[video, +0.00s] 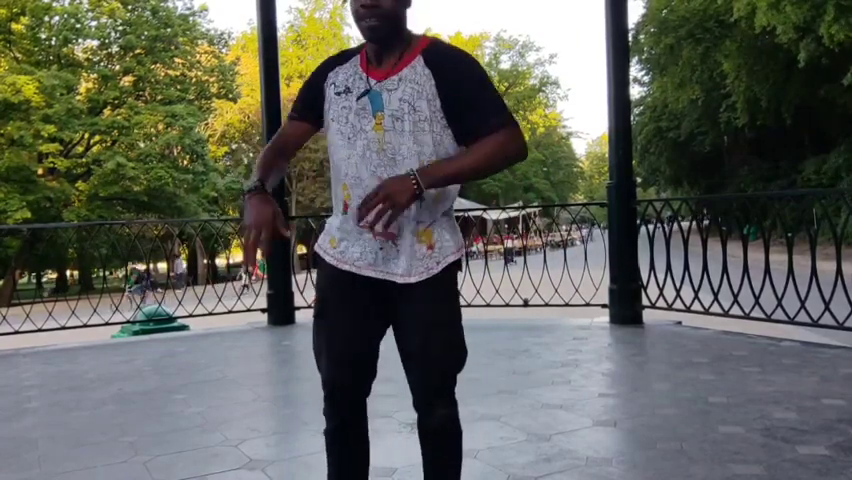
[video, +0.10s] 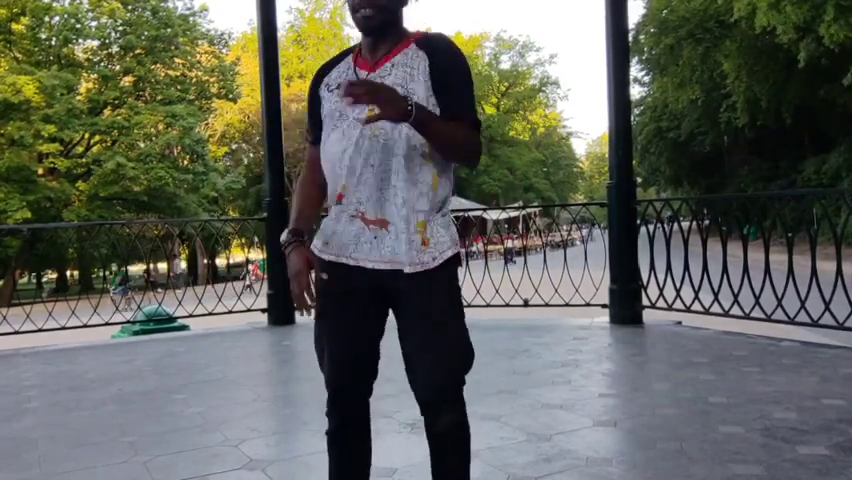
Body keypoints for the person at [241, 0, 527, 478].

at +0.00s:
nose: (368, 2)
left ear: (406, 2)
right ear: (350, 7)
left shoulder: (447, 64)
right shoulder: (332, 74)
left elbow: (509, 142)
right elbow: (284, 143)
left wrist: (419, 180)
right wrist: (258, 189)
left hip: (426, 268)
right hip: (347, 267)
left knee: (436, 406)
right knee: (341, 403)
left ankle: (443, 476)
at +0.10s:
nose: (365, 2)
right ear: (347, 7)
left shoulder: (438, 55)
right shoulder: (328, 76)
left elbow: (469, 149)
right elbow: (316, 165)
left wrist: (407, 110)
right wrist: (295, 238)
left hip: (425, 261)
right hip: (345, 262)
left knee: (442, 405)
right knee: (344, 405)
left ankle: (453, 479)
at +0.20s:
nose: (364, 0)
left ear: (399, 0)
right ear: (346, 5)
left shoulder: (432, 49)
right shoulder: (325, 72)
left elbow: (474, 138)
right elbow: (312, 164)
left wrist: (413, 91)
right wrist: (299, 251)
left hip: (420, 258)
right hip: (340, 260)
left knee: (455, 400)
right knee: (344, 403)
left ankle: (475, 474)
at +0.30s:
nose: (362, 1)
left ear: (394, 0)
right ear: (344, 4)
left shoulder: (431, 50)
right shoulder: (320, 68)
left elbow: (496, 124)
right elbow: (302, 157)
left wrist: (429, 108)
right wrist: (282, 230)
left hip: (415, 259)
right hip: (331, 259)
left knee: (443, 387)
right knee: (308, 388)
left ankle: (475, 475)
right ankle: (327, 478)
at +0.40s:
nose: (355, 4)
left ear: (389, 3)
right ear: (337, 7)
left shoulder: (433, 62)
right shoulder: (312, 72)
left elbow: (523, 101)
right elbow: (287, 134)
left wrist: (466, 143)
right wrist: (268, 183)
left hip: (413, 263)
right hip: (329, 261)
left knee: (432, 398)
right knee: (302, 396)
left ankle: (445, 479)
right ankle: (295, 478)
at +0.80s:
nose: (405, 8)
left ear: (431, 7)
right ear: (374, 4)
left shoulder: (452, 76)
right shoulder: (332, 63)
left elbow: (458, 163)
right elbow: (244, 125)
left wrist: (444, 211)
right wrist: (310, 194)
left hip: (426, 270)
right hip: (346, 271)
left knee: (443, 402)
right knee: (334, 401)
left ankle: (451, 478)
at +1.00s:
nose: (442, 14)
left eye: (455, 5)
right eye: (430, 3)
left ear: (470, 16)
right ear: (411, 9)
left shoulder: (473, 75)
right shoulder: (362, 69)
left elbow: (476, 176)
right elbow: (291, 154)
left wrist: (498, 129)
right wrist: (301, 255)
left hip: (418, 269)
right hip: (341, 263)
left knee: (436, 401)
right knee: (325, 398)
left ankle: (449, 479)